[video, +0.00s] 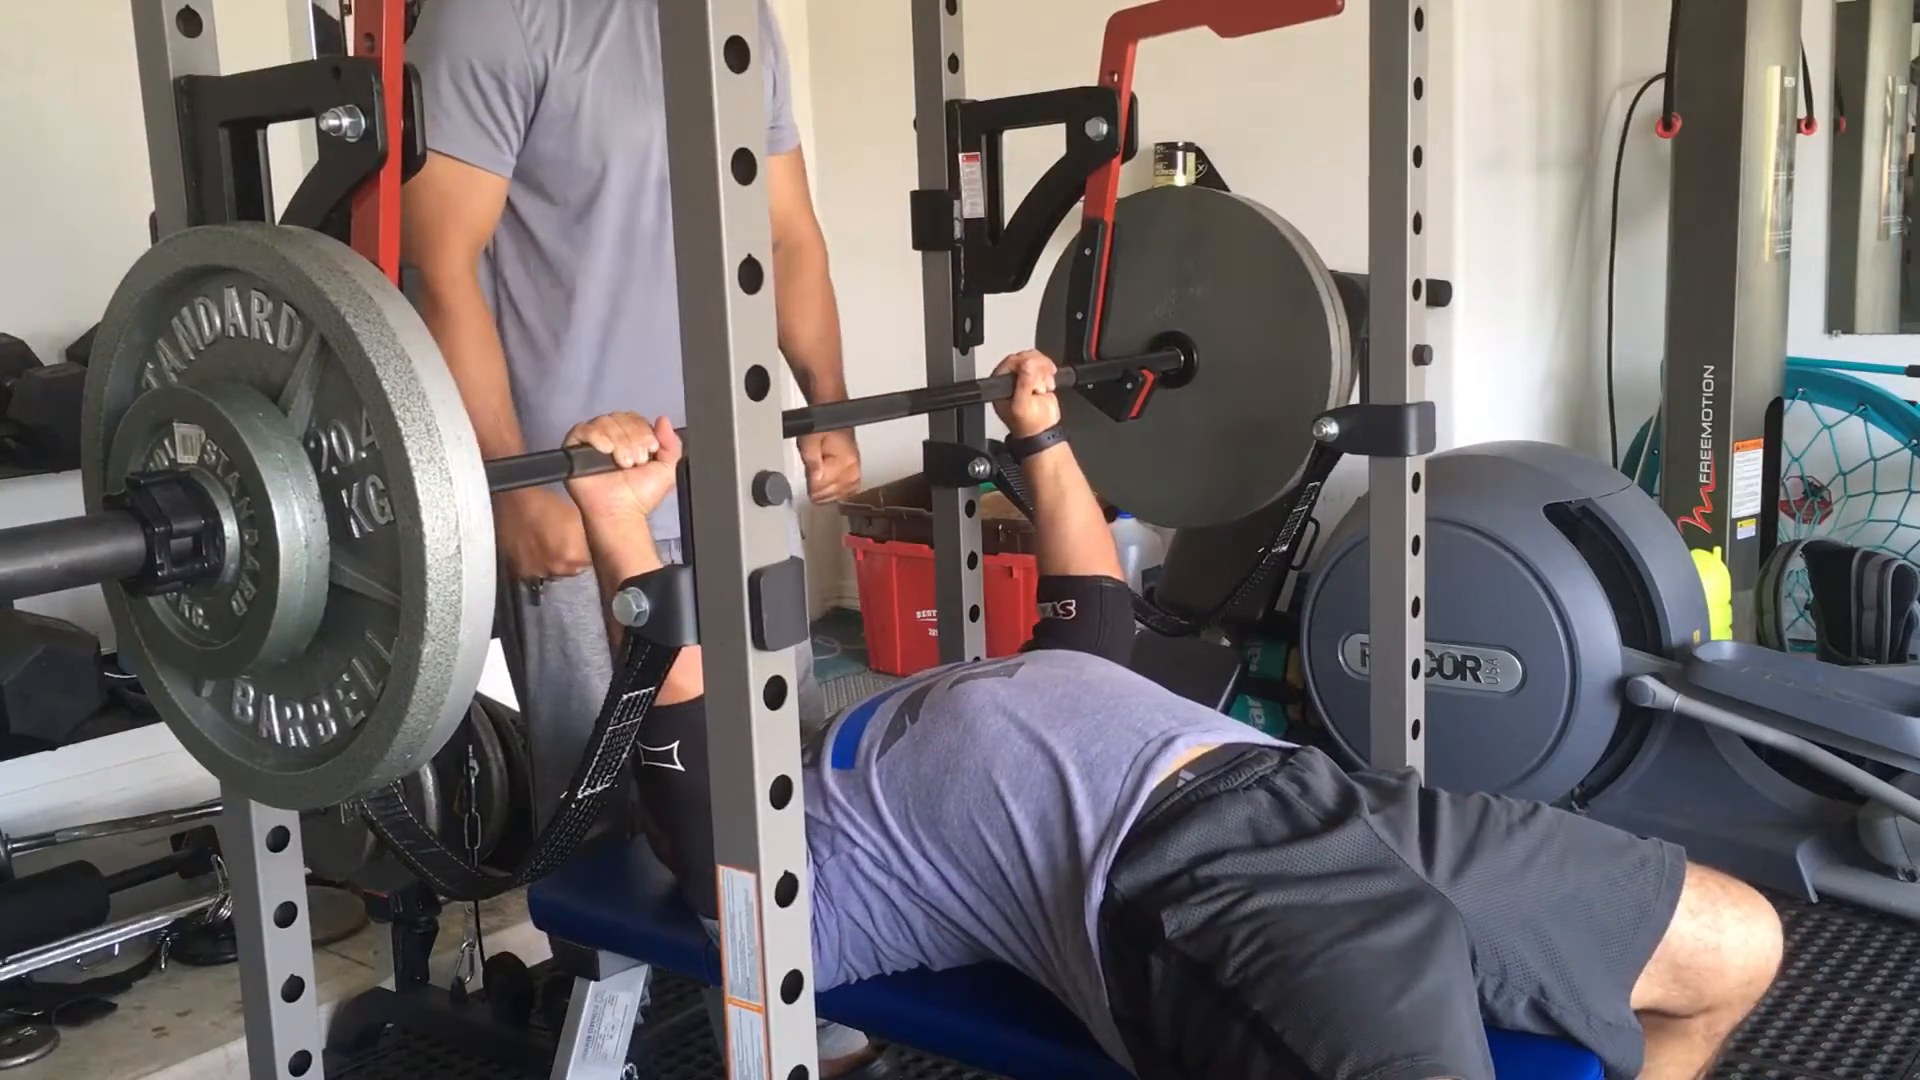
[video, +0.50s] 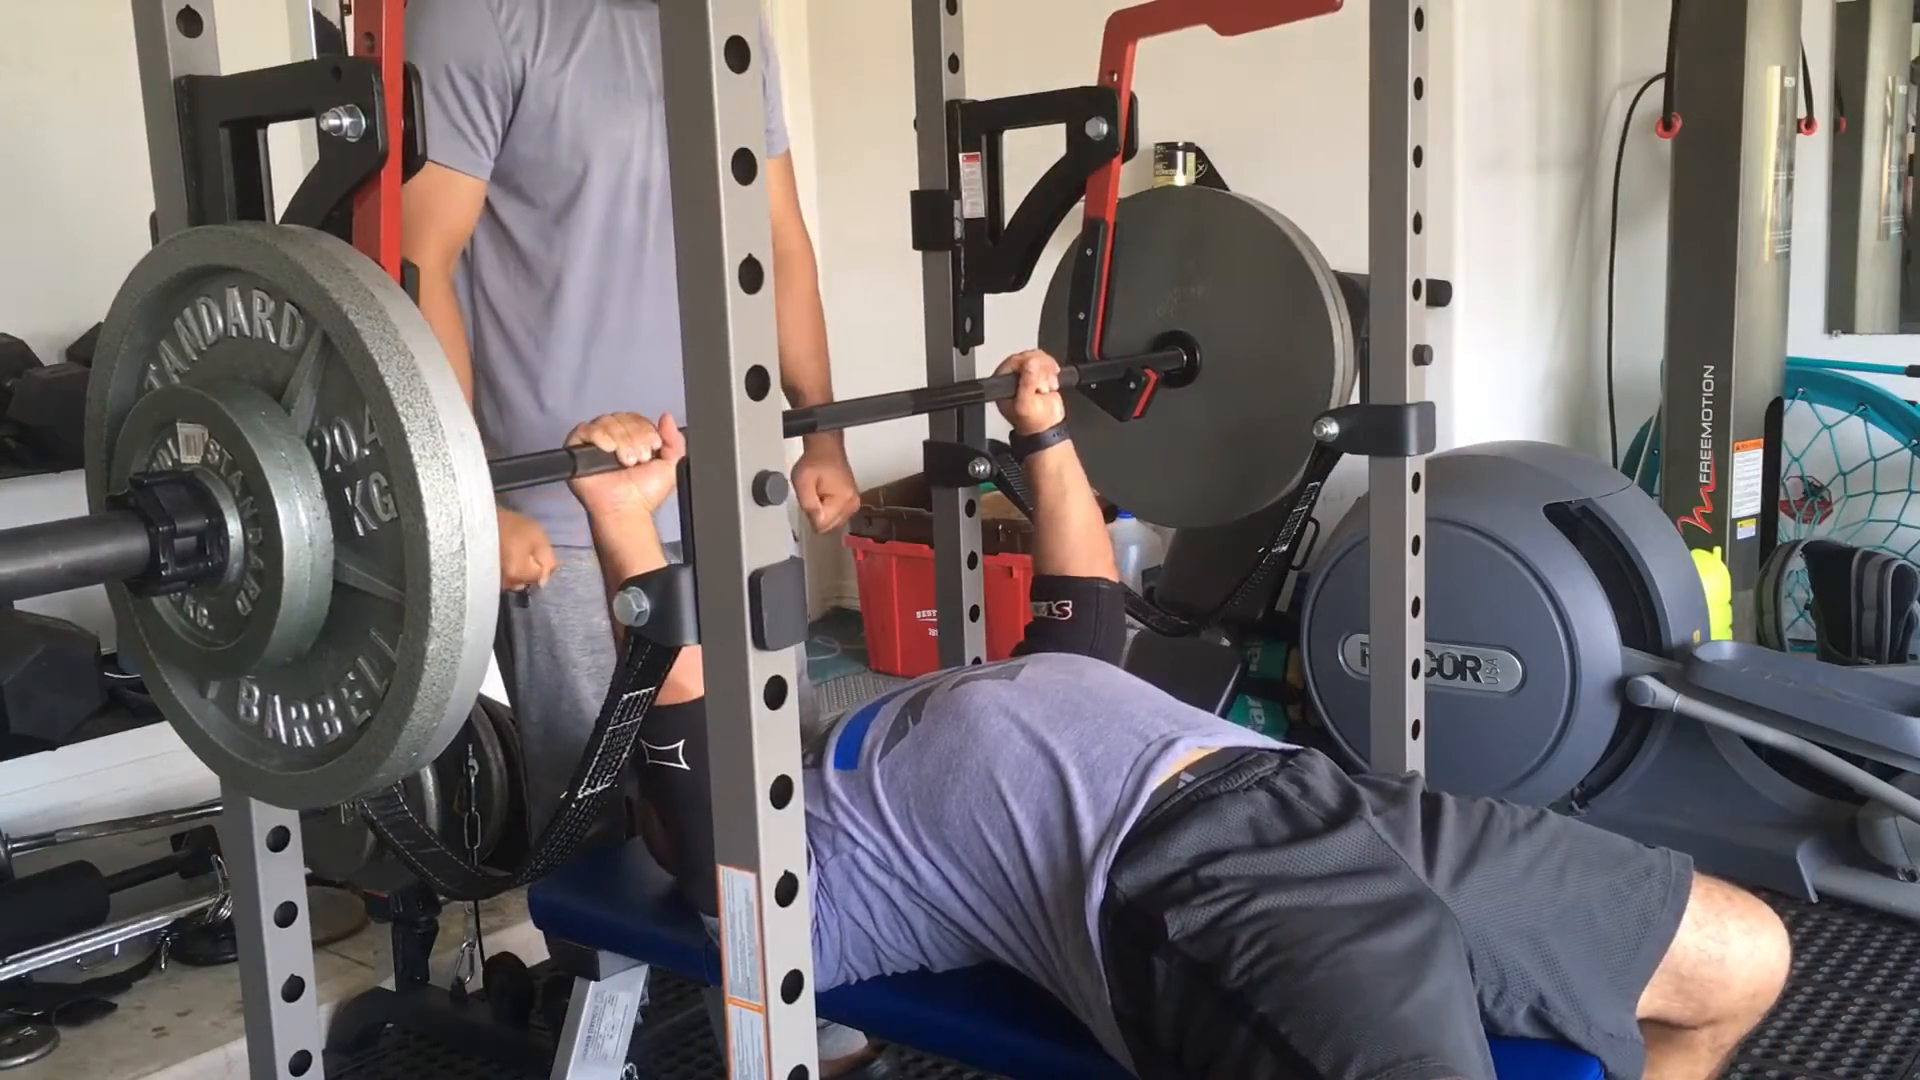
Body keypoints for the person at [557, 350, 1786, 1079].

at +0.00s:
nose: (746, 679)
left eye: (758, 675)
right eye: (715, 708)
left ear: (823, 691)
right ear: (708, 770)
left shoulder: (1010, 701)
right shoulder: (791, 847)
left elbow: (1095, 613)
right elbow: (692, 729)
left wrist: (1039, 438)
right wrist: (623, 533)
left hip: (1330, 786)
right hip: (1207, 882)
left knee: (1740, 942)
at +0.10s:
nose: (740, 674)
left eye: (753, 672)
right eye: (713, 700)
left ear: (828, 691)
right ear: (702, 772)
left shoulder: (1013, 702)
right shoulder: (786, 855)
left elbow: (1091, 610)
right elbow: (691, 723)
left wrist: (1039, 435)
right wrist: (618, 531)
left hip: (1329, 785)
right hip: (1206, 881)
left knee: (1740, 948)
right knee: (1424, 1060)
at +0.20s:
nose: (762, 690)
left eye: (765, 684)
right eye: (718, 716)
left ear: (831, 696)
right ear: (715, 768)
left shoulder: (1012, 705)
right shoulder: (800, 849)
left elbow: (1090, 616)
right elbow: (699, 744)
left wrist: (1042, 436)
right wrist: (630, 532)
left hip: (1337, 788)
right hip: (1212, 883)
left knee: (1742, 952)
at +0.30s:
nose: (731, 680)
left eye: (736, 677)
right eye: (707, 705)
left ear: (813, 698)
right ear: (709, 765)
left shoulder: (1010, 706)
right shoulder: (795, 852)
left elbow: (1089, 614)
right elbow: (695, 738)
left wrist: (1042, 434)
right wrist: (630, 529)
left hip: (1336, 786)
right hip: (1211, 882)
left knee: (1743, 953)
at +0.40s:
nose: (725, 676)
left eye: (729, 675)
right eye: (704, 700)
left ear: (806, 696)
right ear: (701, 765)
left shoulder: (1014, 707)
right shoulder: (795, 850)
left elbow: (1088, 609)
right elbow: (693, 741)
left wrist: (1043, 434)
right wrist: (628, 534)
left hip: (1336, 787)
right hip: (1211, 883)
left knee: (1744, 955)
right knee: (1432, 1064)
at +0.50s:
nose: (735, 674)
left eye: (742, 676)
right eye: (715, 702)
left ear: (827, 692)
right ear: (722, 763)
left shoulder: (1028, 696)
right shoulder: (801, 837)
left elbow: (1088, 596)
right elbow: (689, 740)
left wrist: (1042, 432)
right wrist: (630, 537)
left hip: (1340, 786)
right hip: (1210, 881)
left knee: (1745, 958)